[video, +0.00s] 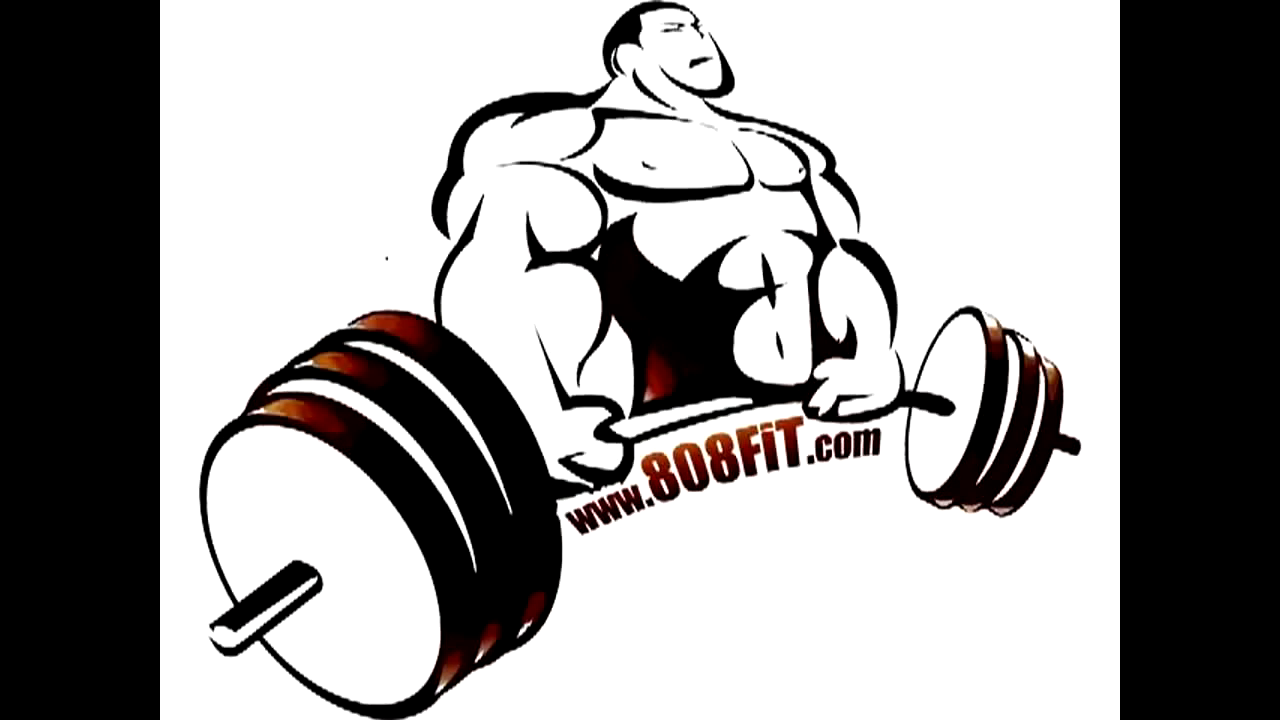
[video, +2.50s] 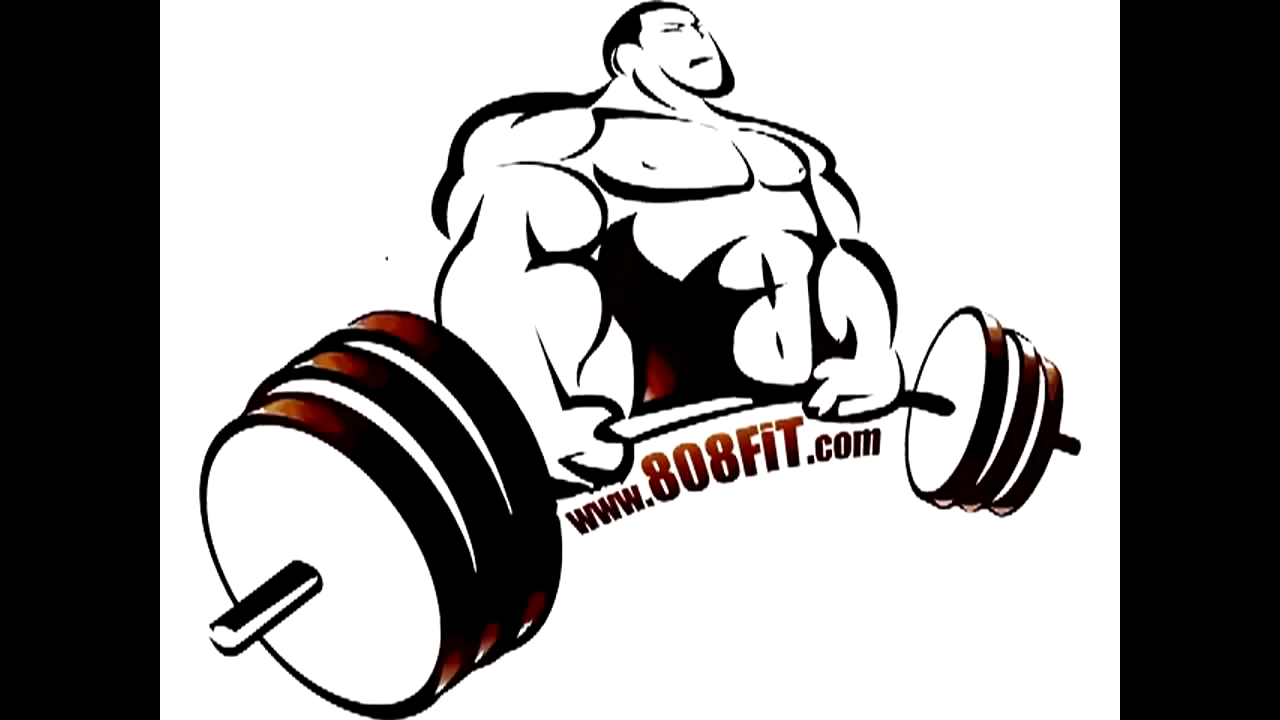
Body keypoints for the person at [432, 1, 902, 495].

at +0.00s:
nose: (702, 40)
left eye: (701, 28)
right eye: (675, 30)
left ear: (713, 45)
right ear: (628, 59)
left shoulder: (776, 145)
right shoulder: (593, 126)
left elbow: (850, 250)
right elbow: (487, 155)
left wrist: (878, 358)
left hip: (747, 331)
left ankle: (870, 369)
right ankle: (577, 429)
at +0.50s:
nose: (702, 40)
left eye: (701, 28)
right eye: (675, 30)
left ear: (713, 45)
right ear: (628, 59)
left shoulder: (776, 145)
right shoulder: (593, 127)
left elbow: (850, 250)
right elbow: (487, 155)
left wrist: (878, 358)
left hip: (747, 331)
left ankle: (870, 369)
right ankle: (577, 429)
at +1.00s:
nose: (702, 40)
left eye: (701, 28)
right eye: (675, 30)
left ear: (713, 45)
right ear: (628, 59)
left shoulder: (776, 145)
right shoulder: (593, 127)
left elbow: (850, 250)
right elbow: (487, 155)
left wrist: (878, 358)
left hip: (747, 331)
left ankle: (870, 369)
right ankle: (577, 429)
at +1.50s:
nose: (702, 40)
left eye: (701, 28)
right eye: (675, 30)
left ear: (713, 45)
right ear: (628, 59)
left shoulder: (776, 145)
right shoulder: (593, 127)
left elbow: (850, 250)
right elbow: (487, 155)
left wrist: (878, 358)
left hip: (747, 331)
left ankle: (870, 369)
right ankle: (577, 429)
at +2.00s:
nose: (702, 40)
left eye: (701, 28)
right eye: (675, 30)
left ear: (713, 45)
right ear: (628, 59)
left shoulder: (776, 145)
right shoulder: (593, 127)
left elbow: (850, 250)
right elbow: (487, 155)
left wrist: (878, 358)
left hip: (747, 331)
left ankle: (870, 369)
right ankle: (577, 429)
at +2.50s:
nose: (702, 40)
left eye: (701, 28)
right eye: (675, 30)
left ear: (713, 45)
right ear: (628, 59)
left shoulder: (776, 145)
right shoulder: (593, 127)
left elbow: (850, 250)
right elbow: (487, 155)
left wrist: (878, 358)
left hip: (747, 331)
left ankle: (870, 369)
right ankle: (577, 429)